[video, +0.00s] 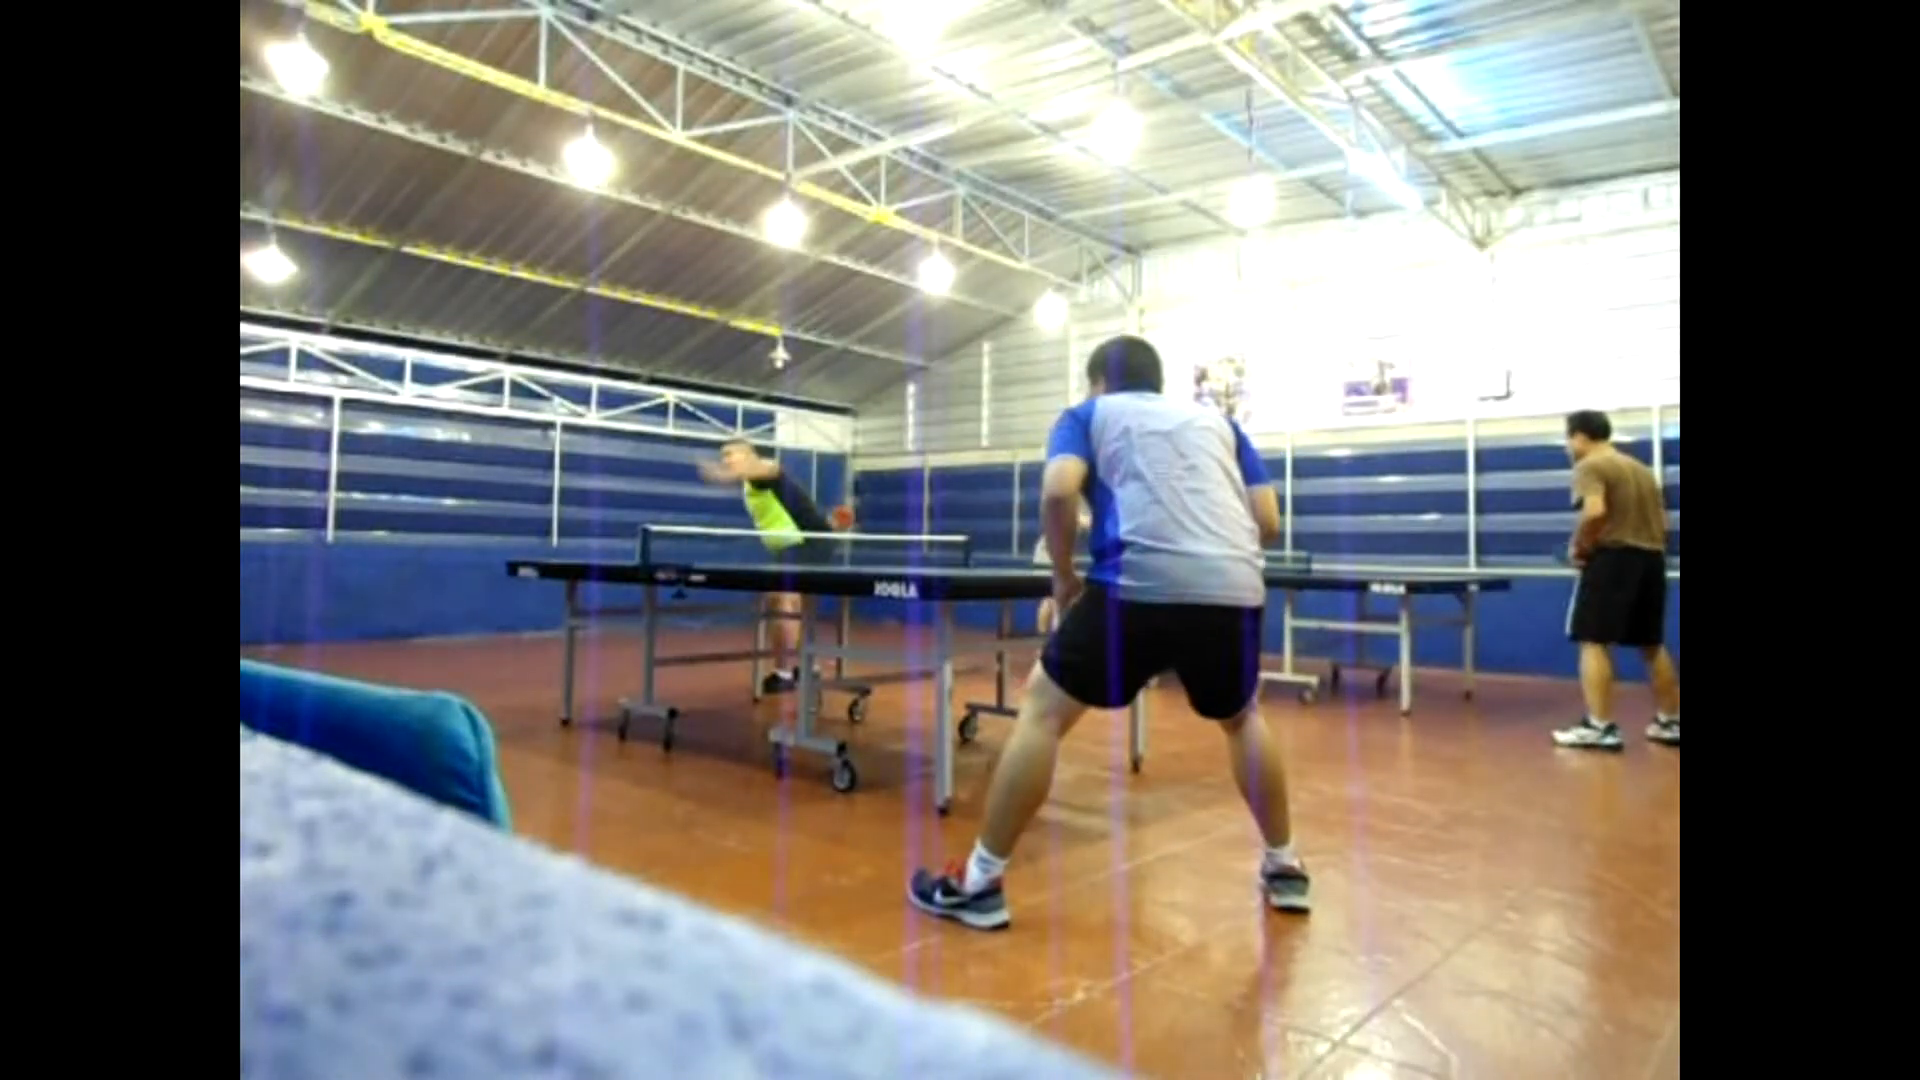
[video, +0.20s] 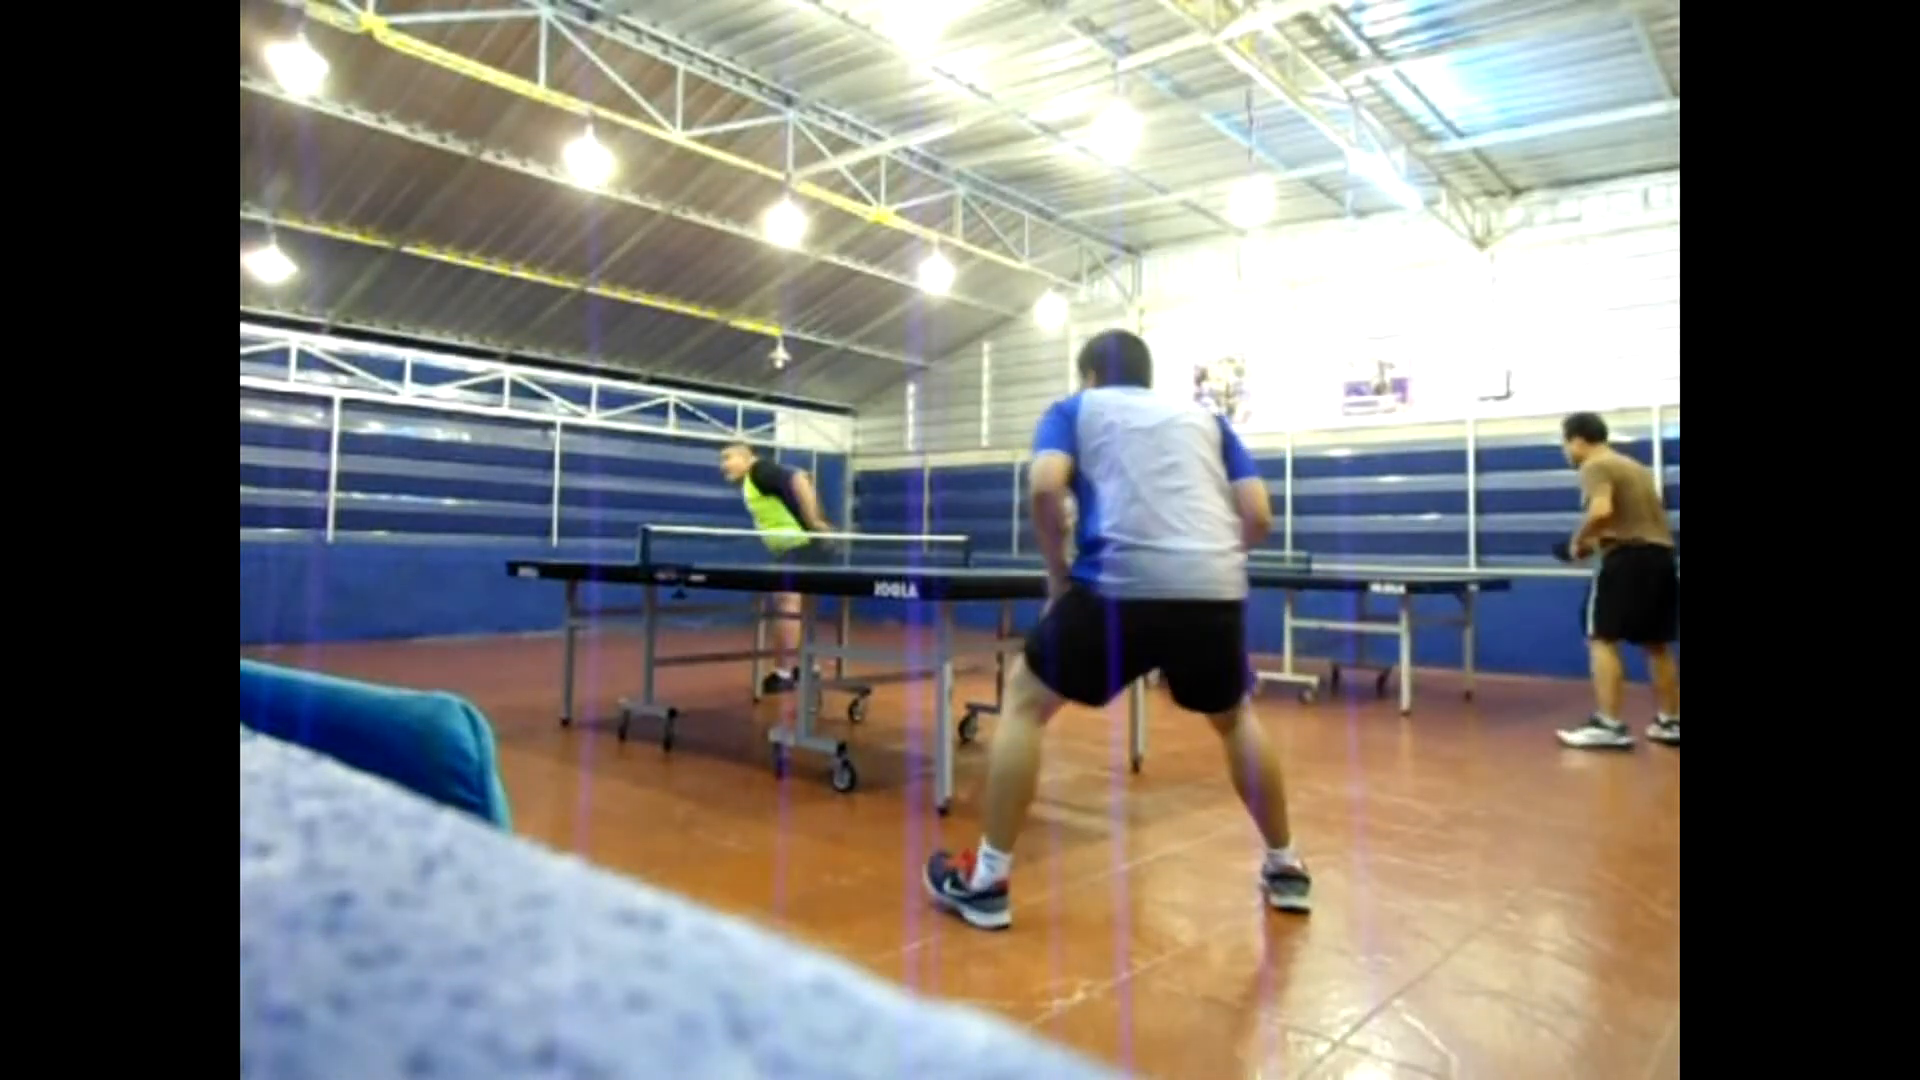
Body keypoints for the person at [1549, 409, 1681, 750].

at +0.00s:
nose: (1569, 446)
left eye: (1571, 439)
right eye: (1569, 439)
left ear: (1583, 438)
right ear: (1604, 435)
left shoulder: (1591, 465)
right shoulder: (1640, 469)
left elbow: (1595, 511)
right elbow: (1660, 520)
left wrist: (1579, 545)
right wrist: (1643, 543)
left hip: (1611, 553)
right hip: (1650, 555)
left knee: (1592, 641)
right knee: (1652, 644)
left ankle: (1598, 723)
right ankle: (1670, 718)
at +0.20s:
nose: (1567, 451)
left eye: (1568, 443)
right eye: (1566, 444)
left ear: (1580, 440)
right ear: (1601, 437)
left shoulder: (1596, 466)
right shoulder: (1635, 467)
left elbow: (1601, 510)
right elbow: (1651, 517)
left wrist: (1580, 539)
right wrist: (1601, 537)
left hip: (1626, 553)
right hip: (1660, 552)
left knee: (1602, 639)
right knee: (1657, 643)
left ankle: (1609, 721)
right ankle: (1671, 718)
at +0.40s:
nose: (1546, 466)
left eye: (1547, 458)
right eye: (1545, 459)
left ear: (1560, 455)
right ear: (1577, 450)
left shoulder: (1586, 475)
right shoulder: (1612, 472)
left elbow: (1573, 528)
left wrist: (1546, 532)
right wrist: (1561, 535)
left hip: (1635, 559)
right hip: (1666, 554)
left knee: (1602, 640)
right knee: (1656, 645)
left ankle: (1599, 723)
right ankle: (1671, 719)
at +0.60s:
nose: (1527, 482)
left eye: (1526, 473)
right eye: (1524, 474)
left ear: (1538, 469)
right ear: (1554, 462)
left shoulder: (1567, 488)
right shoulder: (1585, 481)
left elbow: (1541, 540)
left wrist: (1523, 523)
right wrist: (1537, 531)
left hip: (1628, 567)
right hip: (1656, 561)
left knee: (1580, 642)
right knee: (1647, 645)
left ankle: (1596, 726)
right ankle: (1673, 719)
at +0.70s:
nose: (1523, 476)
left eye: (1524, 467)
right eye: (1522, 467)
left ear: (1538, 463)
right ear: (1552, 459)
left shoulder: (1568, 484)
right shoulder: (1582, 480)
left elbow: (1558, 530)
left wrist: (1525, 528)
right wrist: (1532, 525)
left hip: (1621, 567)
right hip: (1652, 561)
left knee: (1576, 642)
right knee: (1649, 645)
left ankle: (1595, 725)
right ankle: (1676, 718)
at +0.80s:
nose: (1524, 465)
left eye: (1526, 456)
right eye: (1523, 457)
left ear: (1542, 455)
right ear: (1551, 455)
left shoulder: (1573, 476)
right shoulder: (1560, 486)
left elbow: (1593, 512)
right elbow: (1529, 508)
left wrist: (1554, 532)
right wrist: (1492, 504)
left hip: (1621, 564)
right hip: (1647, 562)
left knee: (1577, 640)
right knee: (1653, 646)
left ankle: (1595, 724)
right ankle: (1680, 718)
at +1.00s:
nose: (1547, 455)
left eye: (1549, 447)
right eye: (1547, 447)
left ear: (1564, 446)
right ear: (1575, 445)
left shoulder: (1589, 470)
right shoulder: (1586, 474)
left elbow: (1633, 498)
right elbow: (1577, 511)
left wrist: (1595, 534)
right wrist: (1533, 514)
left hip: (1624, 563)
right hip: (1649, 562)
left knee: (1574, 638)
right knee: (1655, 645)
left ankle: (1595, 725)